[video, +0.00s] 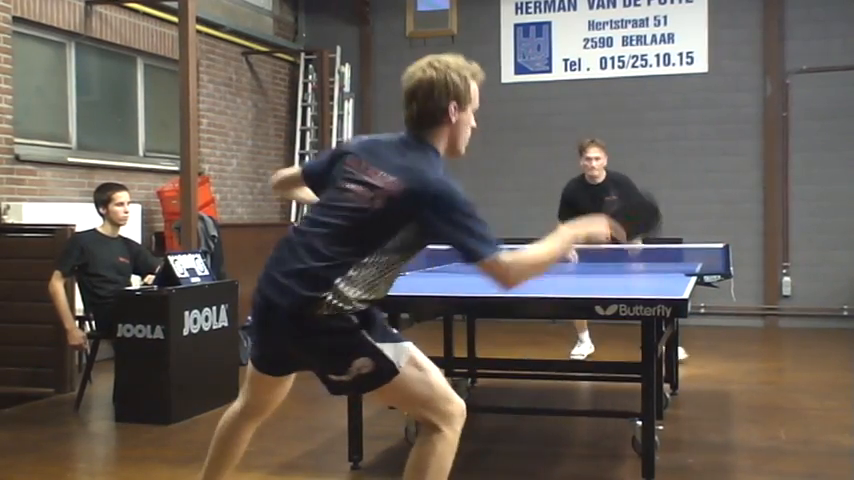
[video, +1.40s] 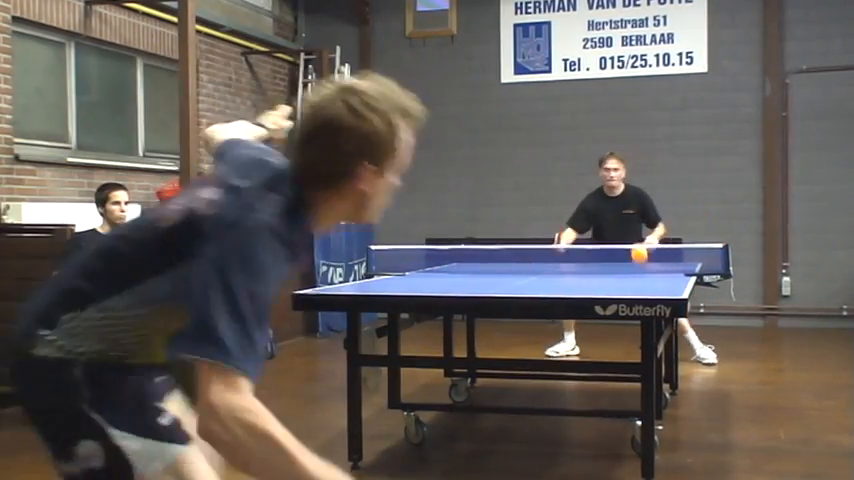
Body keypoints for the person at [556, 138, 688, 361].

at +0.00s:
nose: (592, 164)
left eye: (597, 159)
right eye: (588, 159)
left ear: (605, 160)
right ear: (580, 162)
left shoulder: (621, 183)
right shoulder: (572, 189)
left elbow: (644, 214)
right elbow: (563, 223)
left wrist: (636, 238)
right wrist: (566, 245)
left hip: (624, 251)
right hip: (587, 254)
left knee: (652, 289)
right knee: (571, 292)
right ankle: (583, 340)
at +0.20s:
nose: (613, 179)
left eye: (618, 173)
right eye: (609, 174)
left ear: (626, 175)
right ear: (601, 177)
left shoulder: (641, 196)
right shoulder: (596, 202)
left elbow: (665, 227)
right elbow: (583, 238)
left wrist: (649, 247)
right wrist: (588, 247)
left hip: (641, 265)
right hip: (606, 267)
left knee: (676, 295)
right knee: (583, 292)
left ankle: (696, 347)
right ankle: (585, 342)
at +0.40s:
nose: (627, 180)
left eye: (632, 175)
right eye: (622, 176)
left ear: (639, 175)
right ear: (614, 177)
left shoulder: (653, 192)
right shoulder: (608, 203)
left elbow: (684, 221)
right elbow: (605, 239)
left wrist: (667, 233)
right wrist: (613, 249)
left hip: (659, 261)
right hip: (624, 263)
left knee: (683, 296)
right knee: (600, 294)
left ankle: (701, 346)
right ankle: (596, 346)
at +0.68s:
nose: (638, 180)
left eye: (642, 174)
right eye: (633, 175)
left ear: (648, 174)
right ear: (623, 176)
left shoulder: (660, 192)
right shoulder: (615, 201)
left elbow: (692, 219)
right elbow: (603, 239)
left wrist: (686, 216)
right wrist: (639, 241)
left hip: (660, 262)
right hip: (623, 265)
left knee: (691, 293)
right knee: (603, 295)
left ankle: (703, 347)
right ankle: (597, 347)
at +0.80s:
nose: (643, 173)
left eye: (647, 169)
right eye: (638, 168)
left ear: (652, 170)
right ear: (628, 170)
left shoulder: (662, 189)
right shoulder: (620, 195)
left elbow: (691, 218)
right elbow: (606, 233)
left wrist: (695, 210)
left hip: (663, 262)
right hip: (627, 263)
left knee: (693, 294)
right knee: (604, 296)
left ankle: (703, 347)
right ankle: (597, 347)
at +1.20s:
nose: (638, 168)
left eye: (643, 164)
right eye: (633, 164)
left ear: (651, 167)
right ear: (626, 167)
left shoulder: (666, 190)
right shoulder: (619, 194)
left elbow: (688, 219)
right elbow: (597, 222)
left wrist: (680, 227)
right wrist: (583, 220)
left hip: (664, 262)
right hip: (626, 263)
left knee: (684, 299)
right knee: (591, 290)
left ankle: (701, 347)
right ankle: (580, 340)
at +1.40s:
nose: (611, 174)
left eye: (616, 170)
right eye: (606, 170)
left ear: (624, 173)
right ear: (599, 173)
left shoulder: (637, 196)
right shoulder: (592, 200)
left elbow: (660, 227)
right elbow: (573, 228)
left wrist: (651, 239)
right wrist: (562, 242)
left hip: (636, 266)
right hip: (600, 267)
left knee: (668, 298)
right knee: (563, 289)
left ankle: (698, 347)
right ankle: (569, 341)